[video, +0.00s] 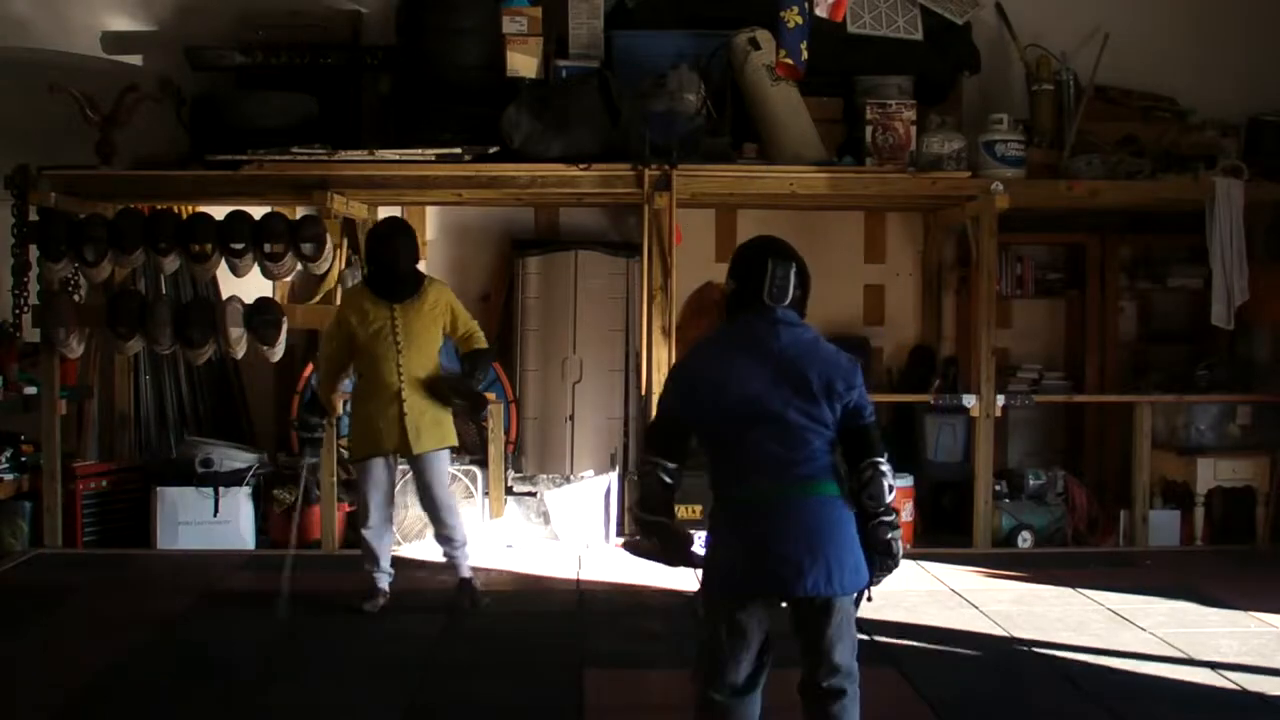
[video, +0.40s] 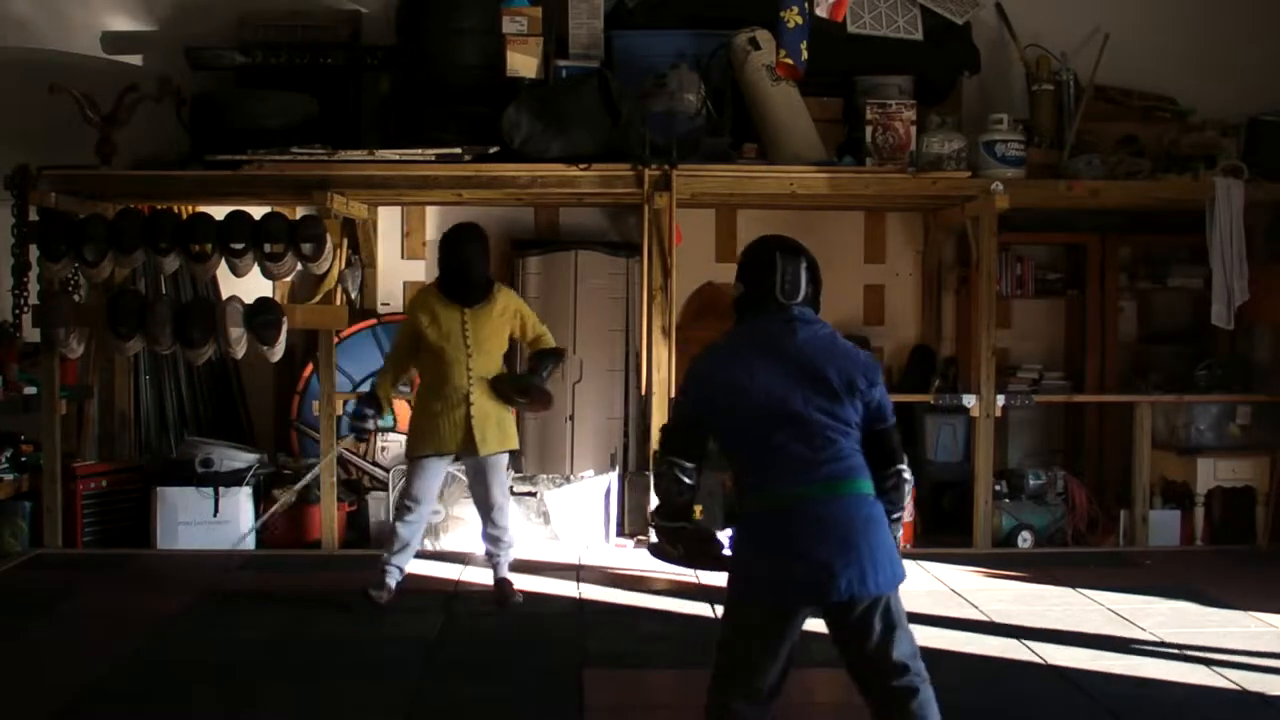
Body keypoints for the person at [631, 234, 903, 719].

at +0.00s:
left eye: (741, 284)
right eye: (792, 286)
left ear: (734, 289)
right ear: (799, 293)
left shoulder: (699, 364)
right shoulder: (834, 364)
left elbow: (660, 457)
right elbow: (869, 462)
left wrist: (658, 526)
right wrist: (882, 532)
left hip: (741, 545)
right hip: (826, 544)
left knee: (731, 689)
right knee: (835, 686)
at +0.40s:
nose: (735, 294)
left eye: (740, 286)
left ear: (743, 291)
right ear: (812, 291)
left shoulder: (717, 363)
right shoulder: (855, 361)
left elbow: (676, 461)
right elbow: (892, 469)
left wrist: (677, 523)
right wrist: (884, 535)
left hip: (771, 545)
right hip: (856, 539)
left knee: (740, 692)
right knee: (901, 683)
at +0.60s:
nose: (803, 309)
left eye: (808, 299)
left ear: (815, 306)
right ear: (883, 306)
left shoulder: (786, 377)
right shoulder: (928, 381)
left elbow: (735, 486)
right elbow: (952, 501)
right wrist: (905, 543)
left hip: (820, 564)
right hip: (910, 564)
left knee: (768, 703)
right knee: (947, 705)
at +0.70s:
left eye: (856, 297)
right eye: (907, 296)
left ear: (857, 303)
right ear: (919, 302)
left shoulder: (834, 373)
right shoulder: (955, 370)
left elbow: (787, 468)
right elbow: (987, 483)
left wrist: (778, 547)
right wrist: (966, 549)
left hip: (861, 557)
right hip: (944, 558)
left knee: (795, 701)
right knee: (977, 704)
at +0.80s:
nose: (881, 299)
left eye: (886, 290)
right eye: (887, 289)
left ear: (890, 295)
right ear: (949, 296)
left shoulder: (862, 364)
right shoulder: (996, 372)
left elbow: (823, 463)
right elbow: (1018, 489)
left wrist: (798, 523)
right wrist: (988, 538)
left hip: (886, 554)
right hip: (970, 555)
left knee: (834, 695)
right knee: (981, 701)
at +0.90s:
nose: (904, 291)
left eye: (909, 282)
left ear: (912, 288)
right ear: (976, 291)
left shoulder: (883, 360)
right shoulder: (1021, 368)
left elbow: (833, 461)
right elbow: (1043, 487)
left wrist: (811, 511)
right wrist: (1018, 544)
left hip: (901, 553)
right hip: (988, 553)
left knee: (879, 692)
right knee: (986, 700)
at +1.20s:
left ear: (945, 291)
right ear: (1011, 294)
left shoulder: (917, 364)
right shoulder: (1053, 370)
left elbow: (873, 461)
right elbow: (1079, 480)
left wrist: (841, 535)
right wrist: (1082, 551)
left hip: (937, 553)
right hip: (1019, 554)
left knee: (941, 692)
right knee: (1007, 694)